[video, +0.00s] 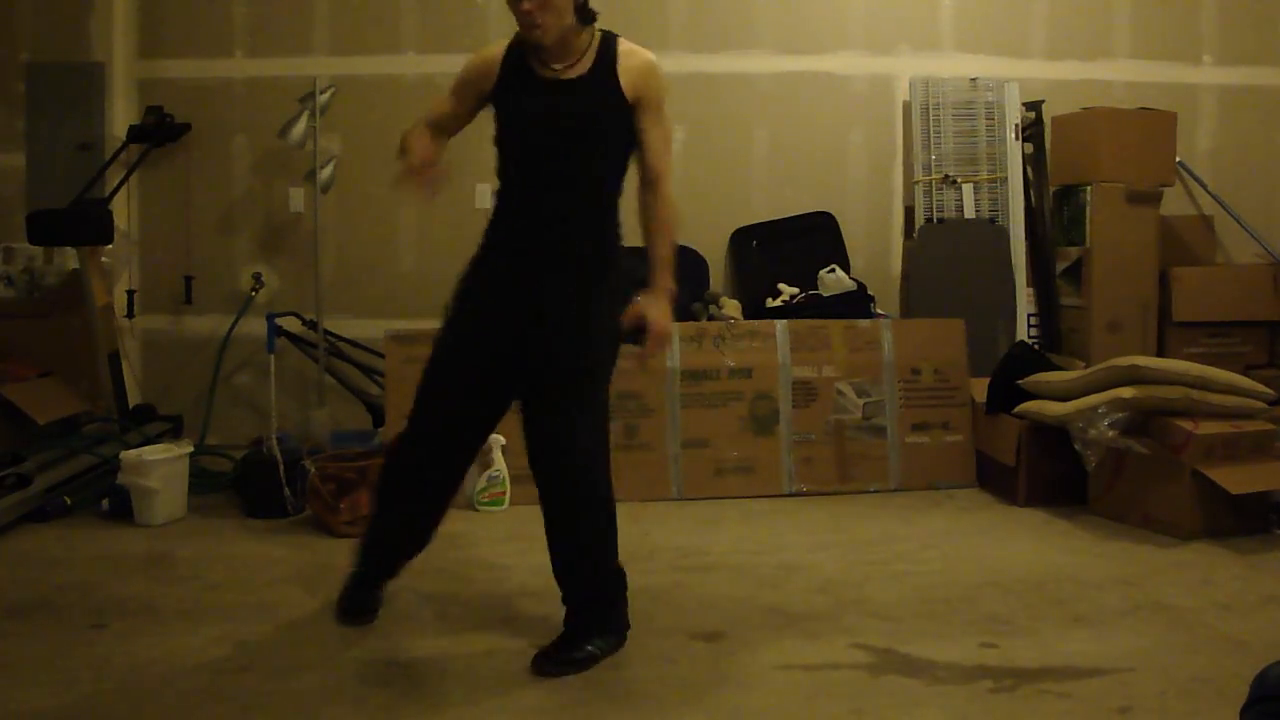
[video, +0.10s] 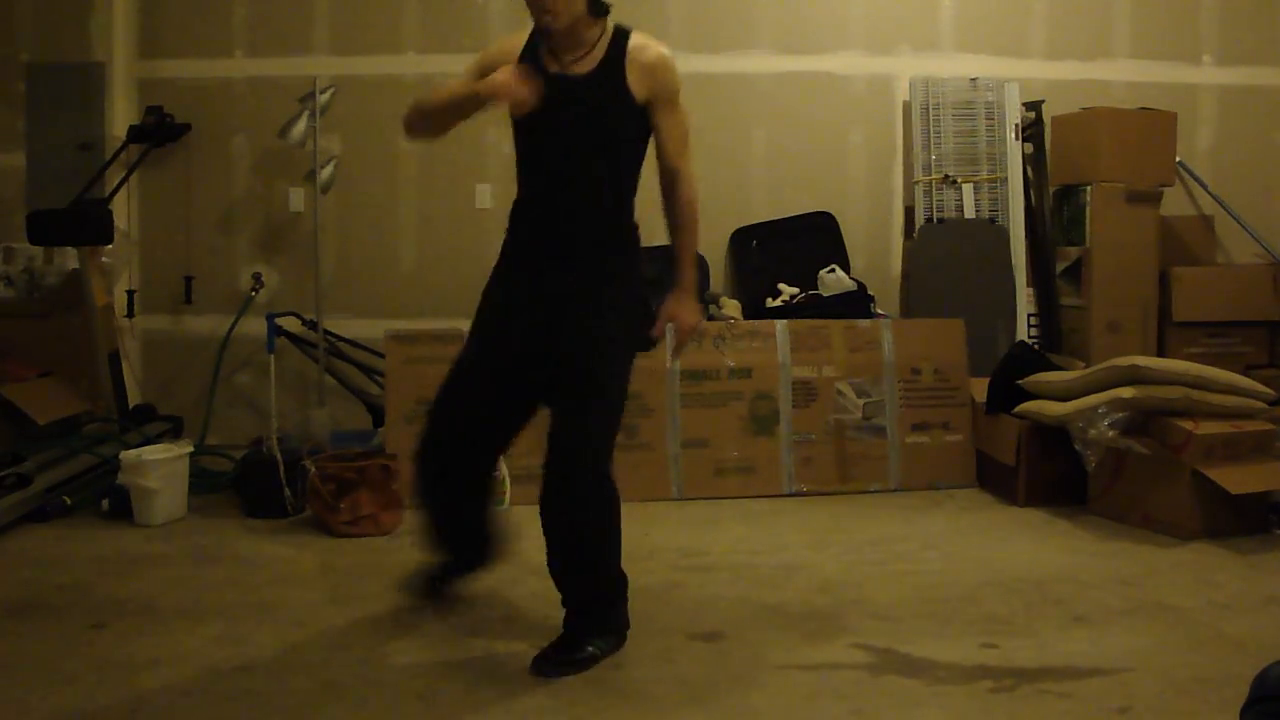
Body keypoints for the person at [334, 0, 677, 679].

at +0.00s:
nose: (526, 9)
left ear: (578, 3)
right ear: (510, 6)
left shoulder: (632, 71)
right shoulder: (497, 67)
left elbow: (655, 184)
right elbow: (431, 127)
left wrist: (660, 285)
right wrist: (420, 152)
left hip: (581, 287)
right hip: (500, 280)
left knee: (571, 458)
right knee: (435, 432)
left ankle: (598, 619)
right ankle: (373, 567)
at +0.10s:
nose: (542, 13)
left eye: (555, 3)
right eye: (535, 3)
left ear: (591, 0)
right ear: (528, 3)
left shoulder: (645, 63)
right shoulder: (511, 59)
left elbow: (678, 175)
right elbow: (416, 124)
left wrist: (685, 285)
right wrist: (481, 90)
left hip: (605, 288)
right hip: (524, 282)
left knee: (576, 461)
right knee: (452, 435)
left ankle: (597, 621)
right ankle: (465, 549)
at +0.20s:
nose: (576, 7)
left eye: (588, 2)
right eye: (568, 0)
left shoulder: (660, 36)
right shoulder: (529, 24)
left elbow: (692, 145)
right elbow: (433, 88)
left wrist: (704, 245)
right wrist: (527, 60)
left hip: (615, 260)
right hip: (535, 252)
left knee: (590, 435)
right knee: (505, 418)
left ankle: (591, 614)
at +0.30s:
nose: (596, 4)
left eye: (607, 2)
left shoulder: (670, 36)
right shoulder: (537, 22)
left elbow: (703, 134)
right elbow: (463, 99)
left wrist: (719, 225)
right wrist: (562, 61)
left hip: (631, 248)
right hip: (556, 244)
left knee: (602, 421)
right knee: (576, 416)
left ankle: (582, 620)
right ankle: (697, 526)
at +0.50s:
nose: (598, 8)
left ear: (641, 9)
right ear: (570, 4)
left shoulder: (667, 82)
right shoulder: (527, 73)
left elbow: (694, 178)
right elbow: (510, 185)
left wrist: (727, 265)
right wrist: (596, 170)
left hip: (652, 280)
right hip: (578, 285)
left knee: (618, 453)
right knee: (654, 430)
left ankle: (577, 635)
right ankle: (752, 553)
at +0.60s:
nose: (601, 10)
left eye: (614, 1)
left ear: (631, 5)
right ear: (566, 2)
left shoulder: (665, 71)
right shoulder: (521, 62)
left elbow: (681, 171)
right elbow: (512, 172)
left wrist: (703, 261)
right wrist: (572, 244)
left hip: (640, 265)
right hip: (558, 266)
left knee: (625, 430)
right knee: (573, 423)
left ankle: (586, 613)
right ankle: (688, 526)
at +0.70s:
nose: (586, 4)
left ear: (622, 2)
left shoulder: (659, 68)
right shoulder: (513, 62)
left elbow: (681, 167)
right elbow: (488, 172)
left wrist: (667, 203)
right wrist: (493, 280)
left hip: (626, 278)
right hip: (541, 276)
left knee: (602, 453)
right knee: (528, 442)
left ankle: (579, 618)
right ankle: (593, 526)